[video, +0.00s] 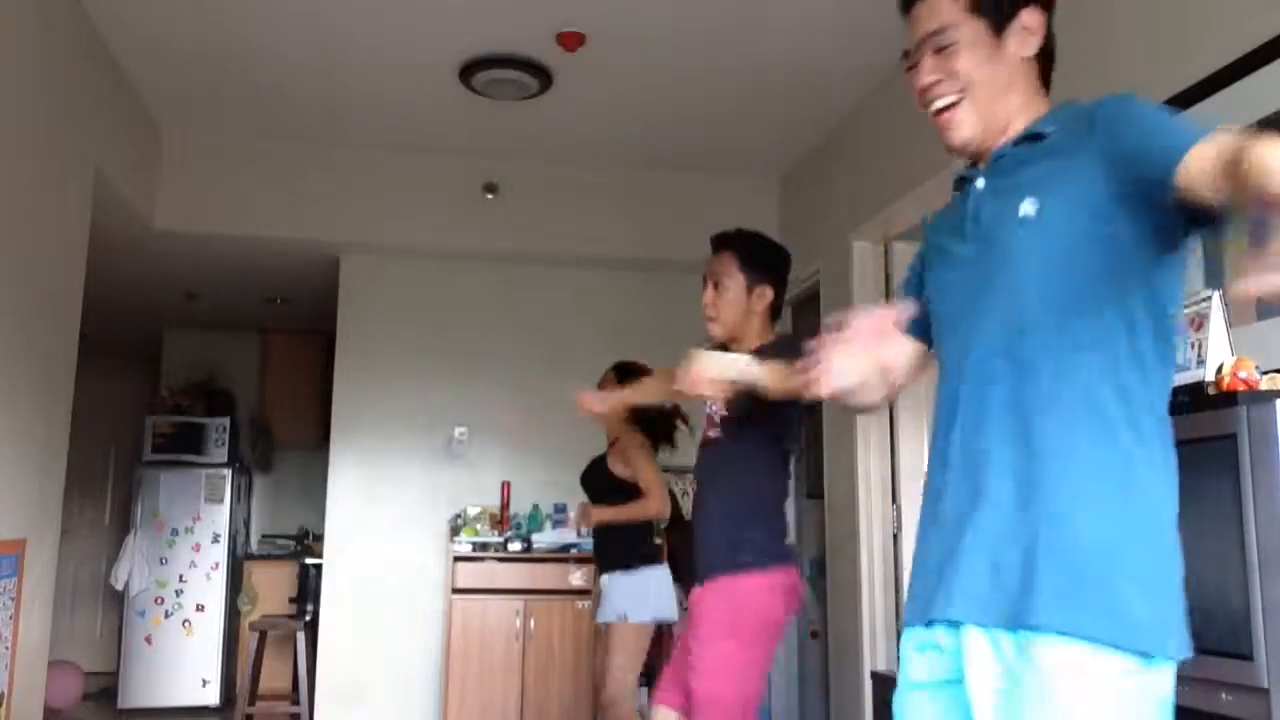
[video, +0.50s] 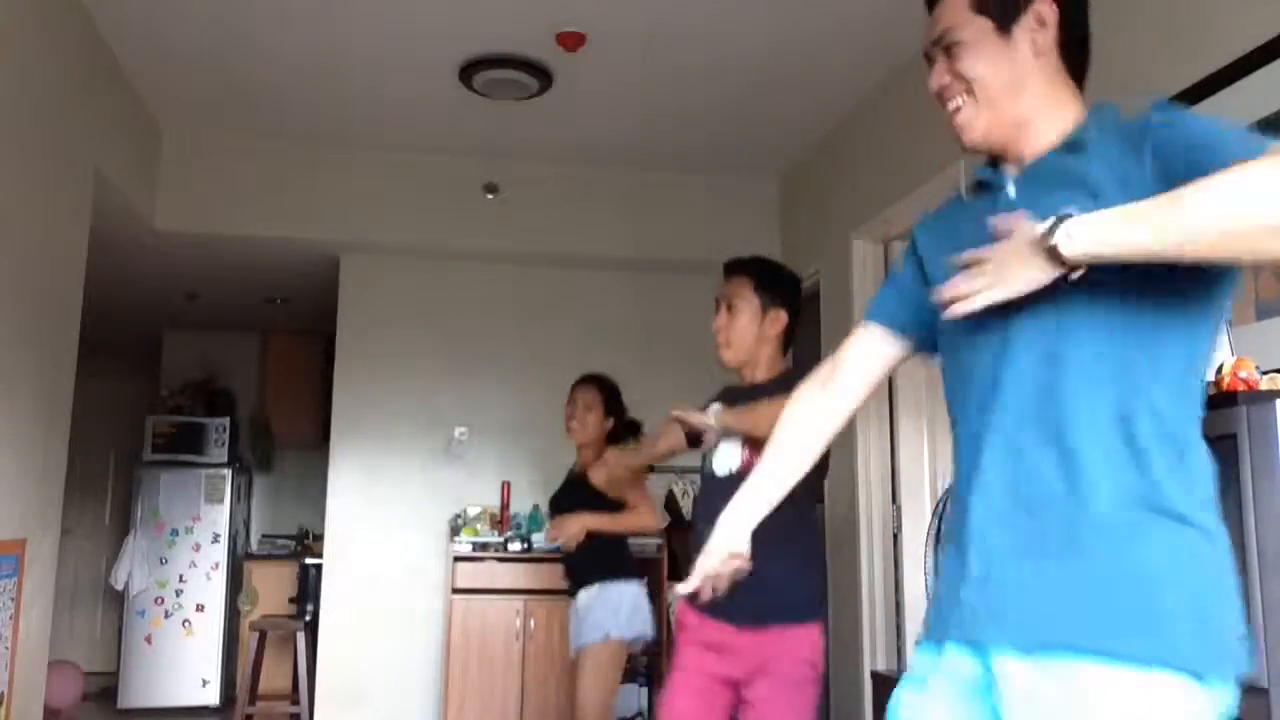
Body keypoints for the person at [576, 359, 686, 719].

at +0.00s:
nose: (597, 397)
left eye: (605, 390)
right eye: (599, 389)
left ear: (627, 396)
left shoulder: (633, 443)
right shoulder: (616, 445)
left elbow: (659, 505)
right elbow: (636, 503)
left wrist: (600, 514)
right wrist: (593, 512)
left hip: (638, 576)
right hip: (616, 575)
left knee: (617, 695)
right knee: (606, 692)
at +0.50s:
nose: (573, 413)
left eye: (586, 407)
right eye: (571, 405)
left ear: (609, 421)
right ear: (565, 411)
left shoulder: (612, 461)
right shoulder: (581, 467)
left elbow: (652, 518)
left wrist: (585, 521)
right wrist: (568, 525)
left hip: (612, 592)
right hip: (587, 592)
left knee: (592, 709)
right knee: (584, 707)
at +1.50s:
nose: (524, 410)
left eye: (535, 401)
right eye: (519, 401)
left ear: (556, 408)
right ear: (513, 406)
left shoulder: (559, 449)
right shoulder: (532, 457)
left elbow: (590, 513)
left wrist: (522, 519)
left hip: (545, 585)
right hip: (528, 585)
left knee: (523, 700)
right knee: (506, 696)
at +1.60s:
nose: (527, 391)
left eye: (537, 381)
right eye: (522, 382)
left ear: (559, 385)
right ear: (516, 386)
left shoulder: (562, 432)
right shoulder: (539, 436)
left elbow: (554, 496)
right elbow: (503, 472)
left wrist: (500, 494)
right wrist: (463, 454)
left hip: (552, 568)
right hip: (531, 567)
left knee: (525, 689)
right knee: (505, 687)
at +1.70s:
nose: (531, 403)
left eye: (542, 393)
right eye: (526, 394)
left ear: (566, 399)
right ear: (520, 398)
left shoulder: (566, 441)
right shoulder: (541, 443)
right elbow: (505, 466)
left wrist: (480, 463)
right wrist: (483, 462)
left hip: (557, 583)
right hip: (523, 581)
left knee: (535, 696)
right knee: (515, 689)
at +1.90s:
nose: (537, 419)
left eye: (548, 410)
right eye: (533, 410)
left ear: (571, 418)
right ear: (527, 413)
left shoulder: (571, 460)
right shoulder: (542, 464)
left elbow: (494, 457)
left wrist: (481, 445)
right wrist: (511, 517)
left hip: (562, 602)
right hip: (524, 598)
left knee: (544, 705)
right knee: (517, 703)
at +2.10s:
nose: (552, 404)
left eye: (565, 397)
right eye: (549, 394)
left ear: (584, 410)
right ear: (543, 397)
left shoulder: (569, 439)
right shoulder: (553, 447)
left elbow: (512, 438)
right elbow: (518, 473)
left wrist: (441, 438)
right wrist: (482, 474)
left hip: (563, 574)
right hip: (545, 573)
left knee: (546, 696)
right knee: (535, 694)